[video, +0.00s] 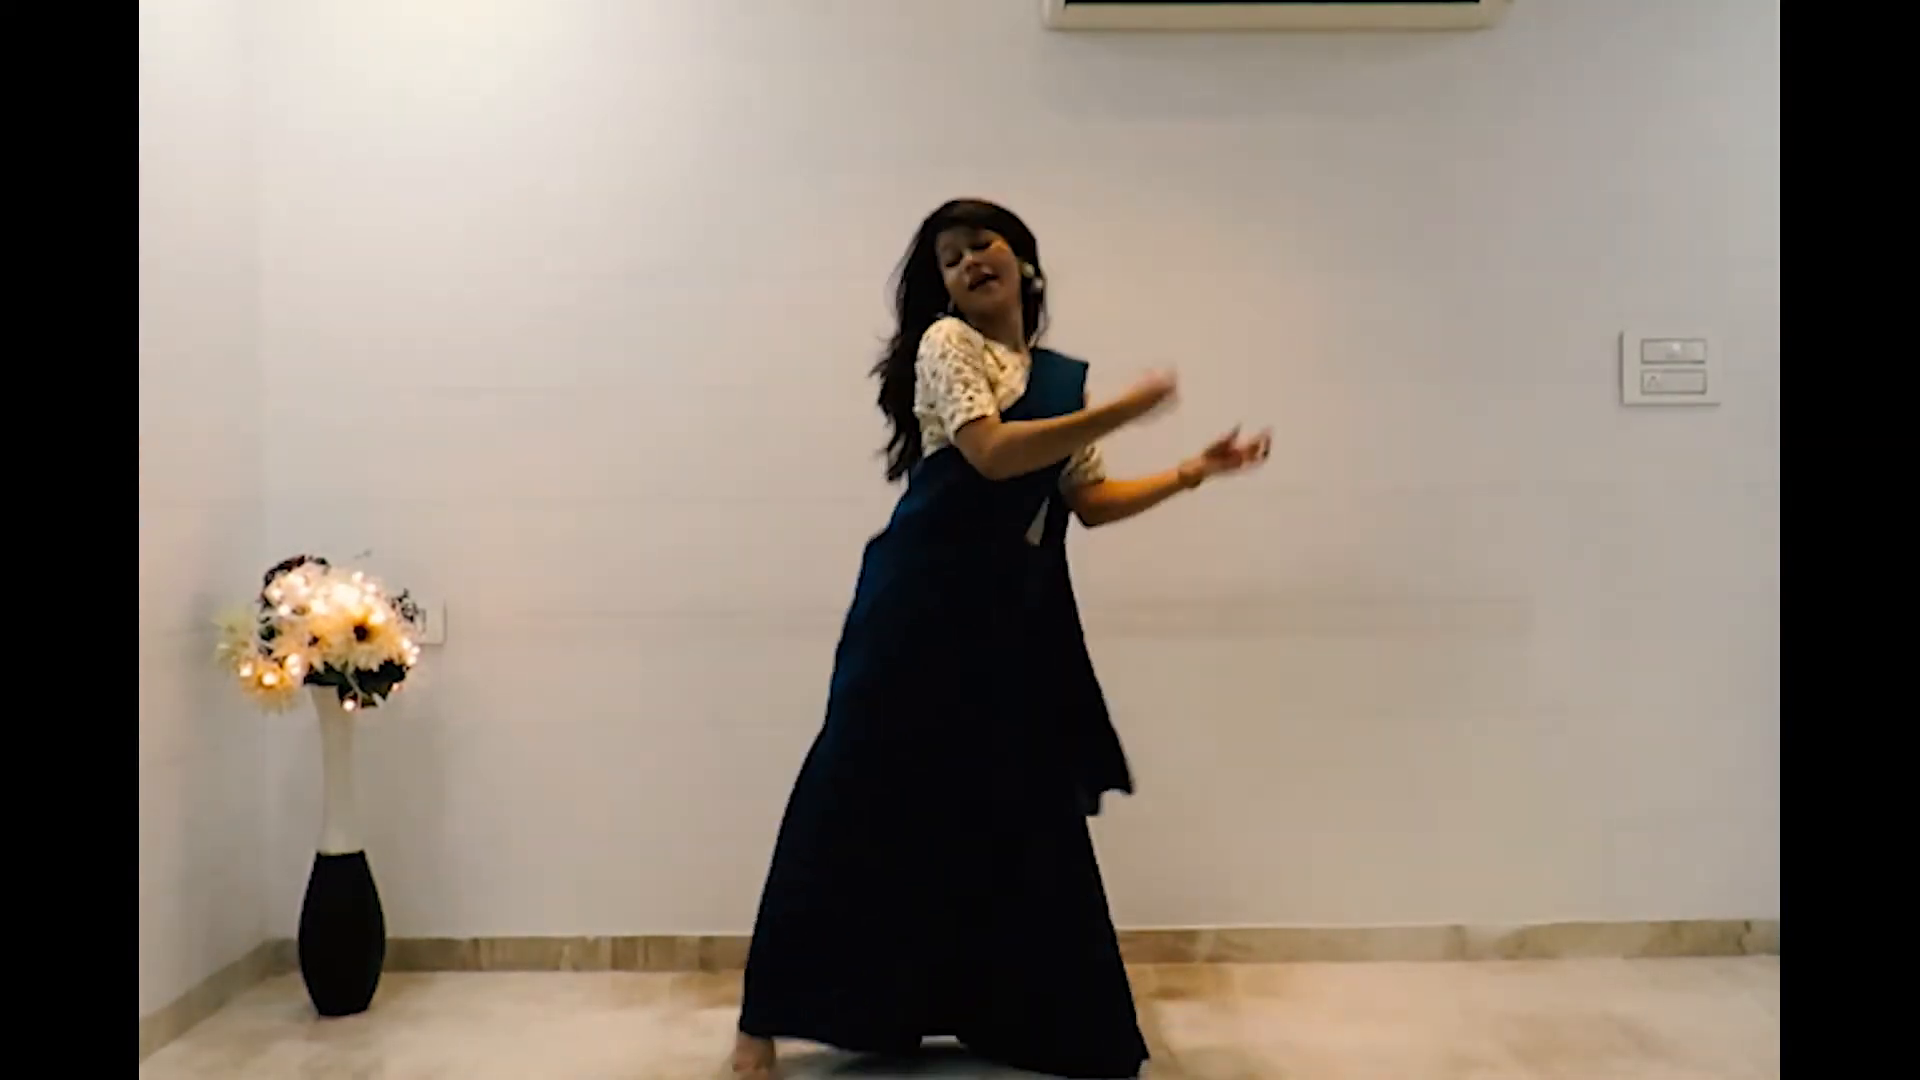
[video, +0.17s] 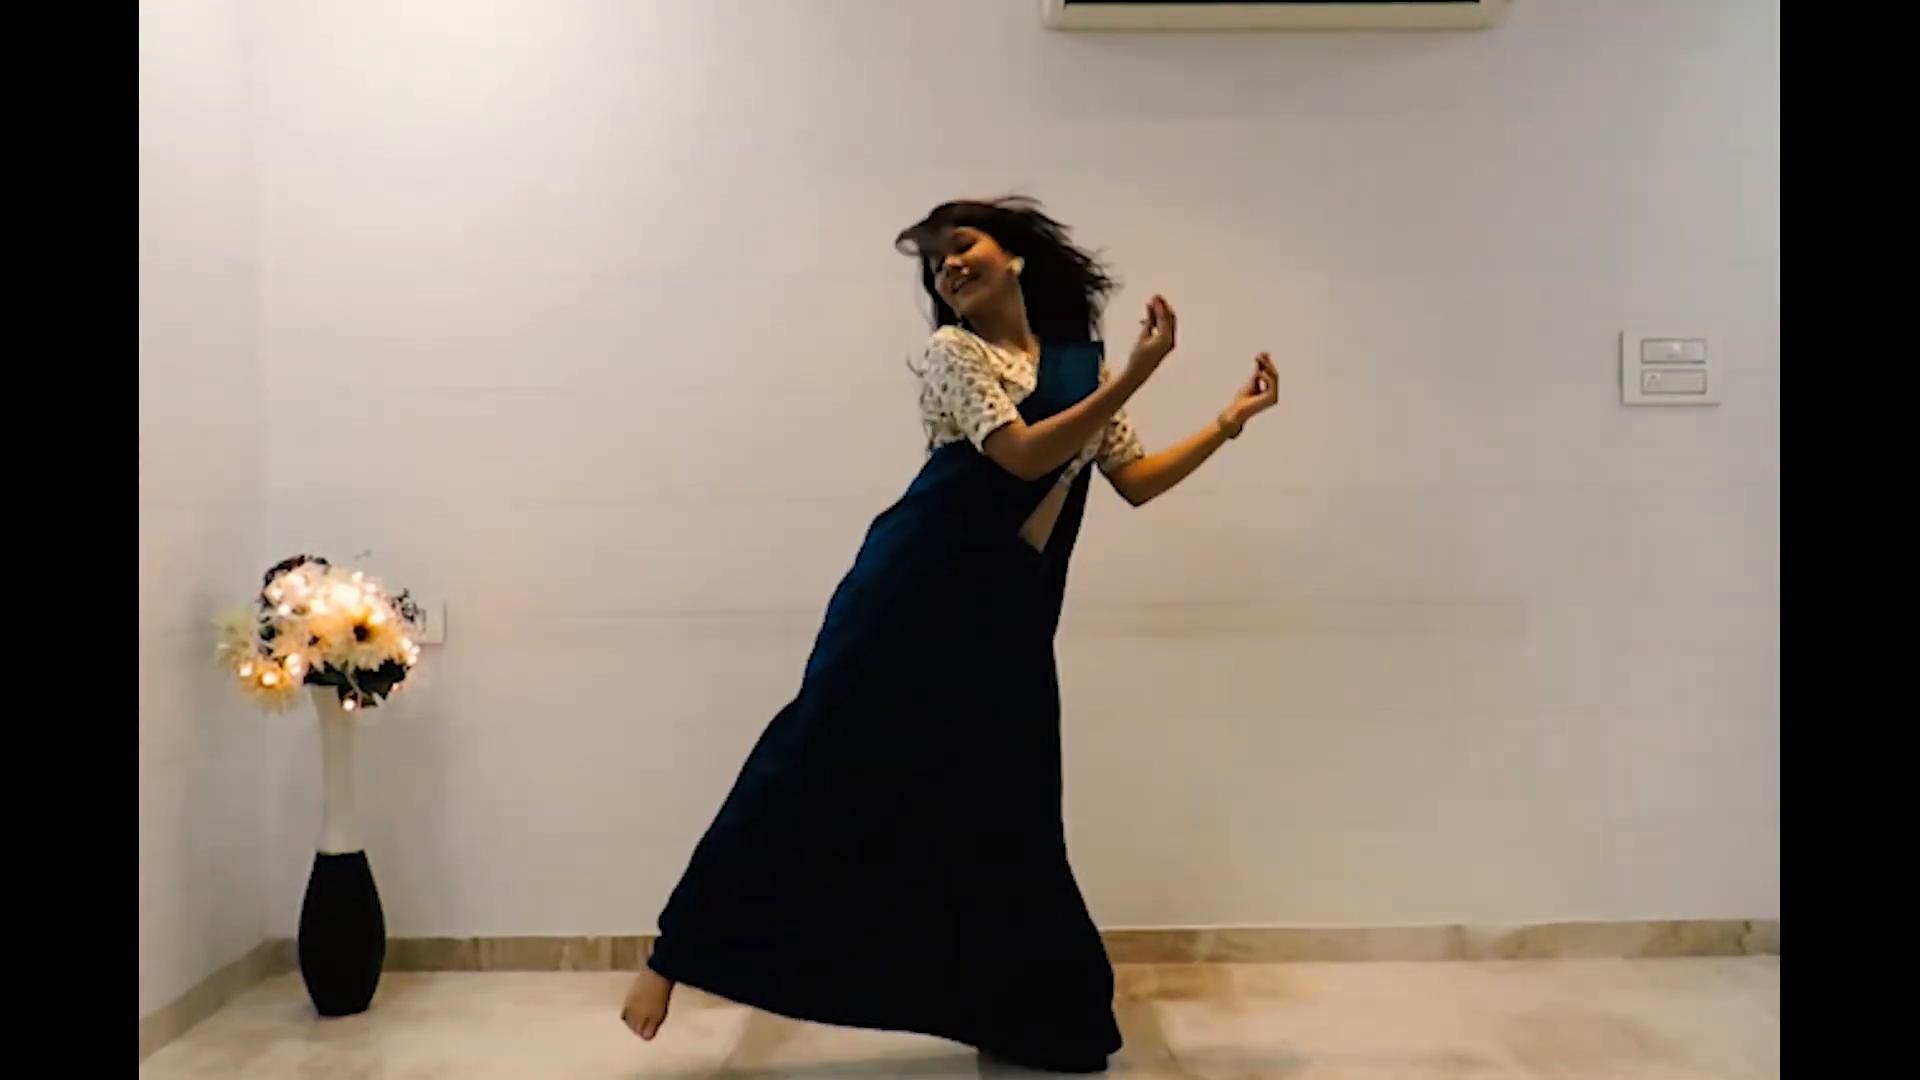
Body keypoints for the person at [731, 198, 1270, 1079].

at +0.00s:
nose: (972, 260)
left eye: (985, 244)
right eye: (954, 256)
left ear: (1025, 263)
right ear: (940, 286)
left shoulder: (1063, 377)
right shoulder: (943, 344)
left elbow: (1090, 502)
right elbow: (993, 451)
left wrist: (1192, 471)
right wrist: (1122, 409)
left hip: (1015, 609)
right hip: (918, 604)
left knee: (1030, 805)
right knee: (848, 799)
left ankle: (1063, 1023)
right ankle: (759, 1025)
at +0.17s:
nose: (949, 265)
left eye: (962, 245)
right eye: (936, 263)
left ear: (1014, 250)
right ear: (940, 287)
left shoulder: (1080, 359)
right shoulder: (948, 352)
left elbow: (1135, 479)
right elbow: (1022, 453)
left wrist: (1231, 417)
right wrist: (1130, 376)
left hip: (1009, 611)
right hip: (912, 588)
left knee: (1019, 803)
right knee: (808, 758)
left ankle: (1038, 1015)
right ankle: (673, 951)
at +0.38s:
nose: (944, 293)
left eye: (960, 275)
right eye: (930, 290)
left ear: (1009, 284)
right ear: (926, 313)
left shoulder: (1063, 406)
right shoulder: (934, 372)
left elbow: (1116, 519)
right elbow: (991, 477)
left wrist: (1227, 489)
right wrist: (1126, 467)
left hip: (1002, 631)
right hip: (911, 621)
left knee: (1036, 811)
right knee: (867, 811)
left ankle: (1022, 1019)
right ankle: (768, 1022)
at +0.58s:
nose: (950, 267)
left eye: (964, 248)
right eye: (937, 263)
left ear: (1011, 255)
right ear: (936, 286)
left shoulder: (1080, 363)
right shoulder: (943, 354)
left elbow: (1139, 477)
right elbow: (1011, 447)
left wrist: (1246, 423)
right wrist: (1112, 360)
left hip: (1001, 603)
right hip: (910, 585)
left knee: (1028, 801)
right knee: (822, 776)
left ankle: (1059, 1016)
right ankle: (698, 985)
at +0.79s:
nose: (972, 307)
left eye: (991, 290)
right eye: (957, 296)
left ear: (1031, 305)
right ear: (945, 319)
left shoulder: (1053, 420)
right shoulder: (943, 404)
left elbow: (1082, 548)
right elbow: (993, 529)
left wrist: (1192, 510)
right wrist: (1104, 477)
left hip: (1011, 669)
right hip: (926, 668)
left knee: (1084, 840)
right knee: (871, 843)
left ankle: (1034, 1023)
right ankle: (778, 1024)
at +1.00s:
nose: (1080, 230)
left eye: (1069, 218)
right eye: (1061, 223)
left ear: (1031, 262)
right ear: (1029, 258)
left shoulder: (1055, 331)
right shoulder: (1034, 336)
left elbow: (1136, 379)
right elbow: (1148, 382)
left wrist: (1130, 315)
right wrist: (1127, 309)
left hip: (1053, 597)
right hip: (1015, 597)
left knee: (1072, 790)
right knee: (1029, 796)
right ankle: (894, 970)